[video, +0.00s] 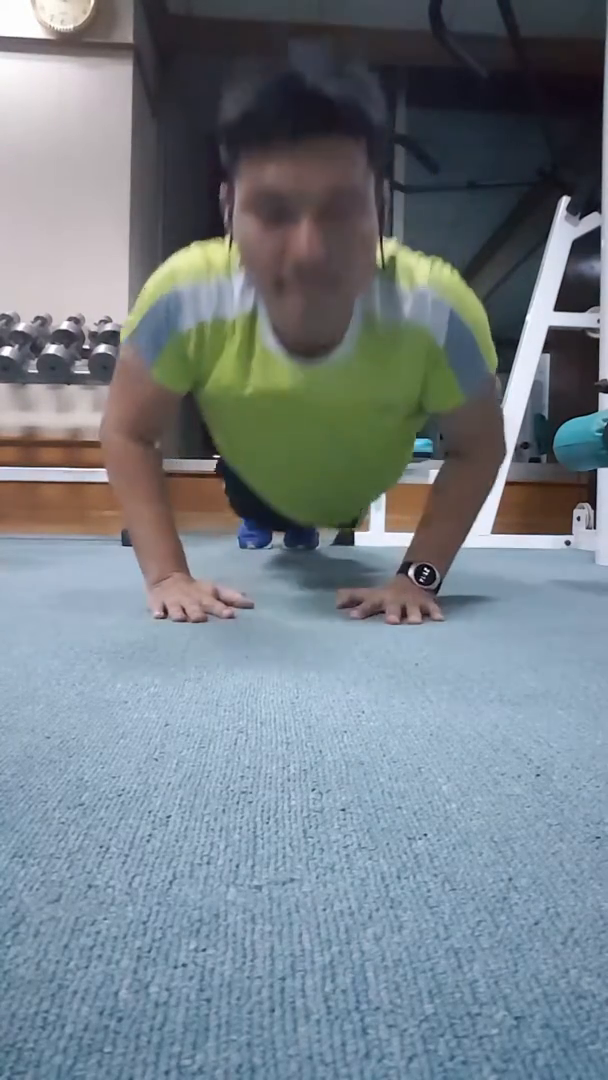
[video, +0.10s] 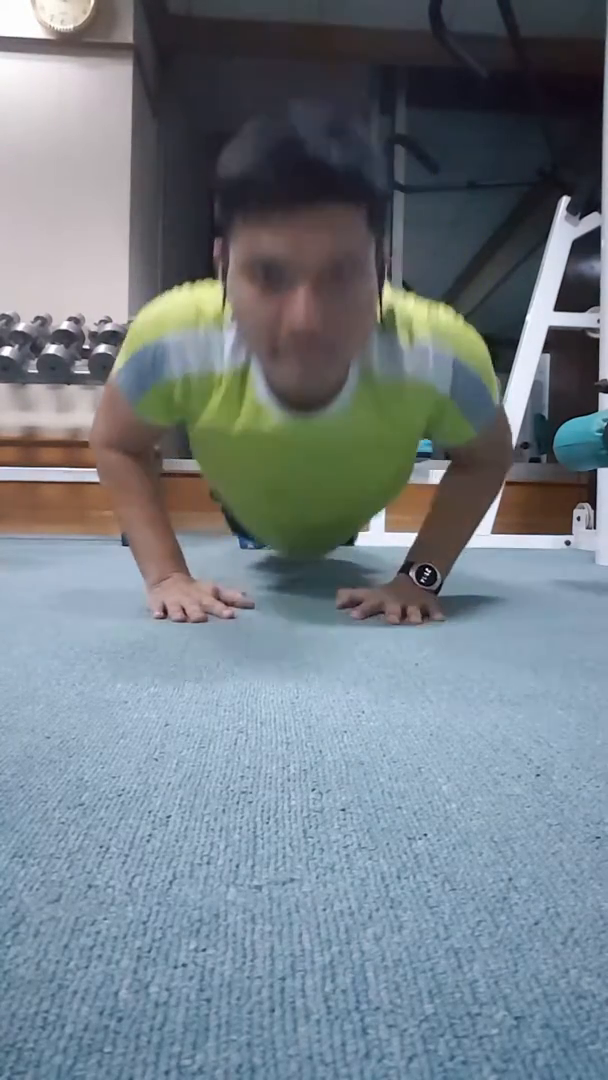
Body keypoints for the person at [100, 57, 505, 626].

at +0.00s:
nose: (309, 248)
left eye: (339, 211)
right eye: (275, 214)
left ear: (378, 203)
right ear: (229, 207)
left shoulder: (434, 305)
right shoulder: (184, 294)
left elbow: (478, 447)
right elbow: (127, 434)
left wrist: (418, 578)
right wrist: (167, 575)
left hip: (352, 484)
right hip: (251, 477)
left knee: (328, 512)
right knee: (259, 511)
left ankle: (310, 530)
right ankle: (263, 526)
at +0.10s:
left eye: (338, 276)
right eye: (271, 277)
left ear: (382, 262)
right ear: (222, 264)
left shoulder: (439, 349)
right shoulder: (170, 333)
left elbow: (486, 454)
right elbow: (119, 444)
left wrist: (419, 577)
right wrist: (167, 576)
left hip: (355, 506)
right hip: (241, 507)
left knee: (336, 536)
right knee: (258, 537)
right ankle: (264, 540)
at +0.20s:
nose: (301, 387)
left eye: (337, 346)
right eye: (266, 348)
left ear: (379, 324)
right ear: (215, 326)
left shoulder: (442, 391)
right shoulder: (160, 381)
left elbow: (494, 458)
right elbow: (108, 449)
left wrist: (421, 576)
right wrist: (166, 576)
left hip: (354, 519)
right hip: (232, 524)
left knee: (328, 550)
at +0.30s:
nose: (301, 454)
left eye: (337, 411)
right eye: (265, 412)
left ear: (380, 388)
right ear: (213, 387)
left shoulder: (448, 431)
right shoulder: (158, 419)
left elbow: (497, 461)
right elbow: (100, 449)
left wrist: (420, 577)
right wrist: (167, 576)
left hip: (358, 566)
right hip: (234, 562)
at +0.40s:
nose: (303, 497)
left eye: (343, 449)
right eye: (266, 449)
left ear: (385, 431)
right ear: (217, 425)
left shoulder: (443, 459)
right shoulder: (166, 449)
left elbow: (503, 459)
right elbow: (98, 444)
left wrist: (423, 574)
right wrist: (167, 575)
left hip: (370, 572)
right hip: (230, 567)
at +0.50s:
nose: (299, 473)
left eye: (337, 430)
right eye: (265, 429)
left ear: (383, 406)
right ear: (217, 401)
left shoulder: (450, 439)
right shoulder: (158, 438)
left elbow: (493, 460)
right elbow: (99, 449)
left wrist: (422, 575)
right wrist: (167, 574)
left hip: (366, 569)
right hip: (229, 569)